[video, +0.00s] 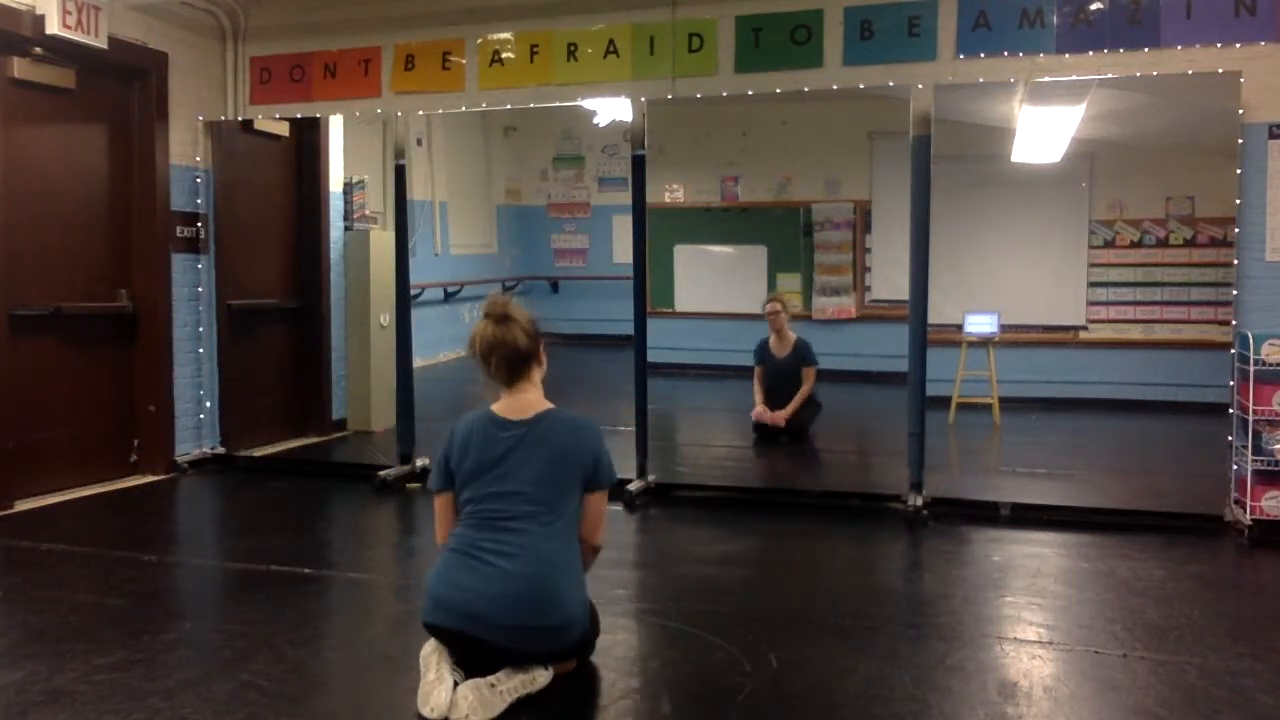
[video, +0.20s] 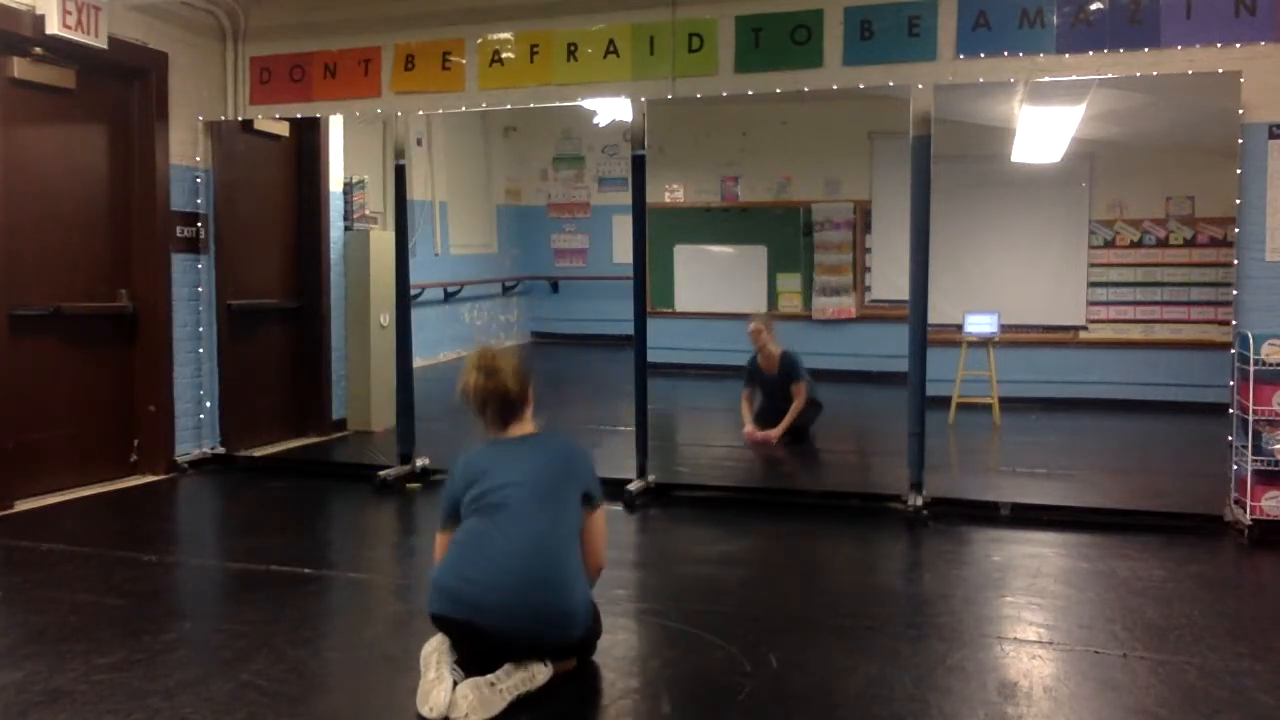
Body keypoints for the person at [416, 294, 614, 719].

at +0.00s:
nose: (545, 354)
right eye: (543, 347)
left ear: (487, 366)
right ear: (541, 356)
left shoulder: (461, 434)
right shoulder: (581, 434)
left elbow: (445, 536)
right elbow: (591, 539)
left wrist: (481, 576)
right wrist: (561, 582)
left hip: (452, 614)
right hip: (547, 617)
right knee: (580, 638)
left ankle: (445, 672)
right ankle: (511, 686)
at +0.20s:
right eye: (531, 387)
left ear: (477, 407)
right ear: (530, 396)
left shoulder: (467, 464)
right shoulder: (573, 456)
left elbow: (443, 563)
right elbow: (594, 561)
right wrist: (568, 599)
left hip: (460, 606)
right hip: (554, 613)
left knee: (483, 664)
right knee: (579, 648)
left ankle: (444, 662)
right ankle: (514, 683)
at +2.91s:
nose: (519, 373)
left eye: (513, 368)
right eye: (515, 368)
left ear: (459, 390)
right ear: (508, 371)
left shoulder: (440, 450)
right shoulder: (555, 435)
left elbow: (404, 545)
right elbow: (586, 523)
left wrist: (457, 532)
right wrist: (552, 562)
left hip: (436, 626)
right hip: (528, 624)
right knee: (583, 617)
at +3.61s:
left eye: (446, 483)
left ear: (456, 474)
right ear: (500, 455)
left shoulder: (458, 489)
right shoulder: (552, 476)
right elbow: (547, 545)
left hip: (441, 594)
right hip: (532, 589)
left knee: (486, 649)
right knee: (583, 638)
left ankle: (443, 660)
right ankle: (531, 666)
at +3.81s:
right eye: (510, 400)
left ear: (457, 421)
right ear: (507, 404)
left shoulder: (446, 458)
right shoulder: (546, 446)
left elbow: (452, 522)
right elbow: (557, 527)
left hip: (444, 606)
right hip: (536, 601)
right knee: (584, 635)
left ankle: (445, 662)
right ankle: (517, 675)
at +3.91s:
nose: (522, 390)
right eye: (519, 383)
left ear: (457, 399)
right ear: (512, 389)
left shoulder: (439, 445)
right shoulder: (544, 438)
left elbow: (420, 533)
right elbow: (584, 537)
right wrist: (548, 564)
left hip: (439, 609)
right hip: (528, 603)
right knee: (584, 632)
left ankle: (440, 664)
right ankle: (514, 675)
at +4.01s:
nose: (524, 380)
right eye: (523, 373)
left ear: (457, 384)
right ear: (517, 379)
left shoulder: (430, 445)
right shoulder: (542, 439)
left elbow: (400, 544)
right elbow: (601, 534)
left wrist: (450, 527)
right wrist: (562, 552)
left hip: (430, 620)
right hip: (521, 614)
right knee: (583, 627)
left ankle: (440, 670)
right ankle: (509, 680)